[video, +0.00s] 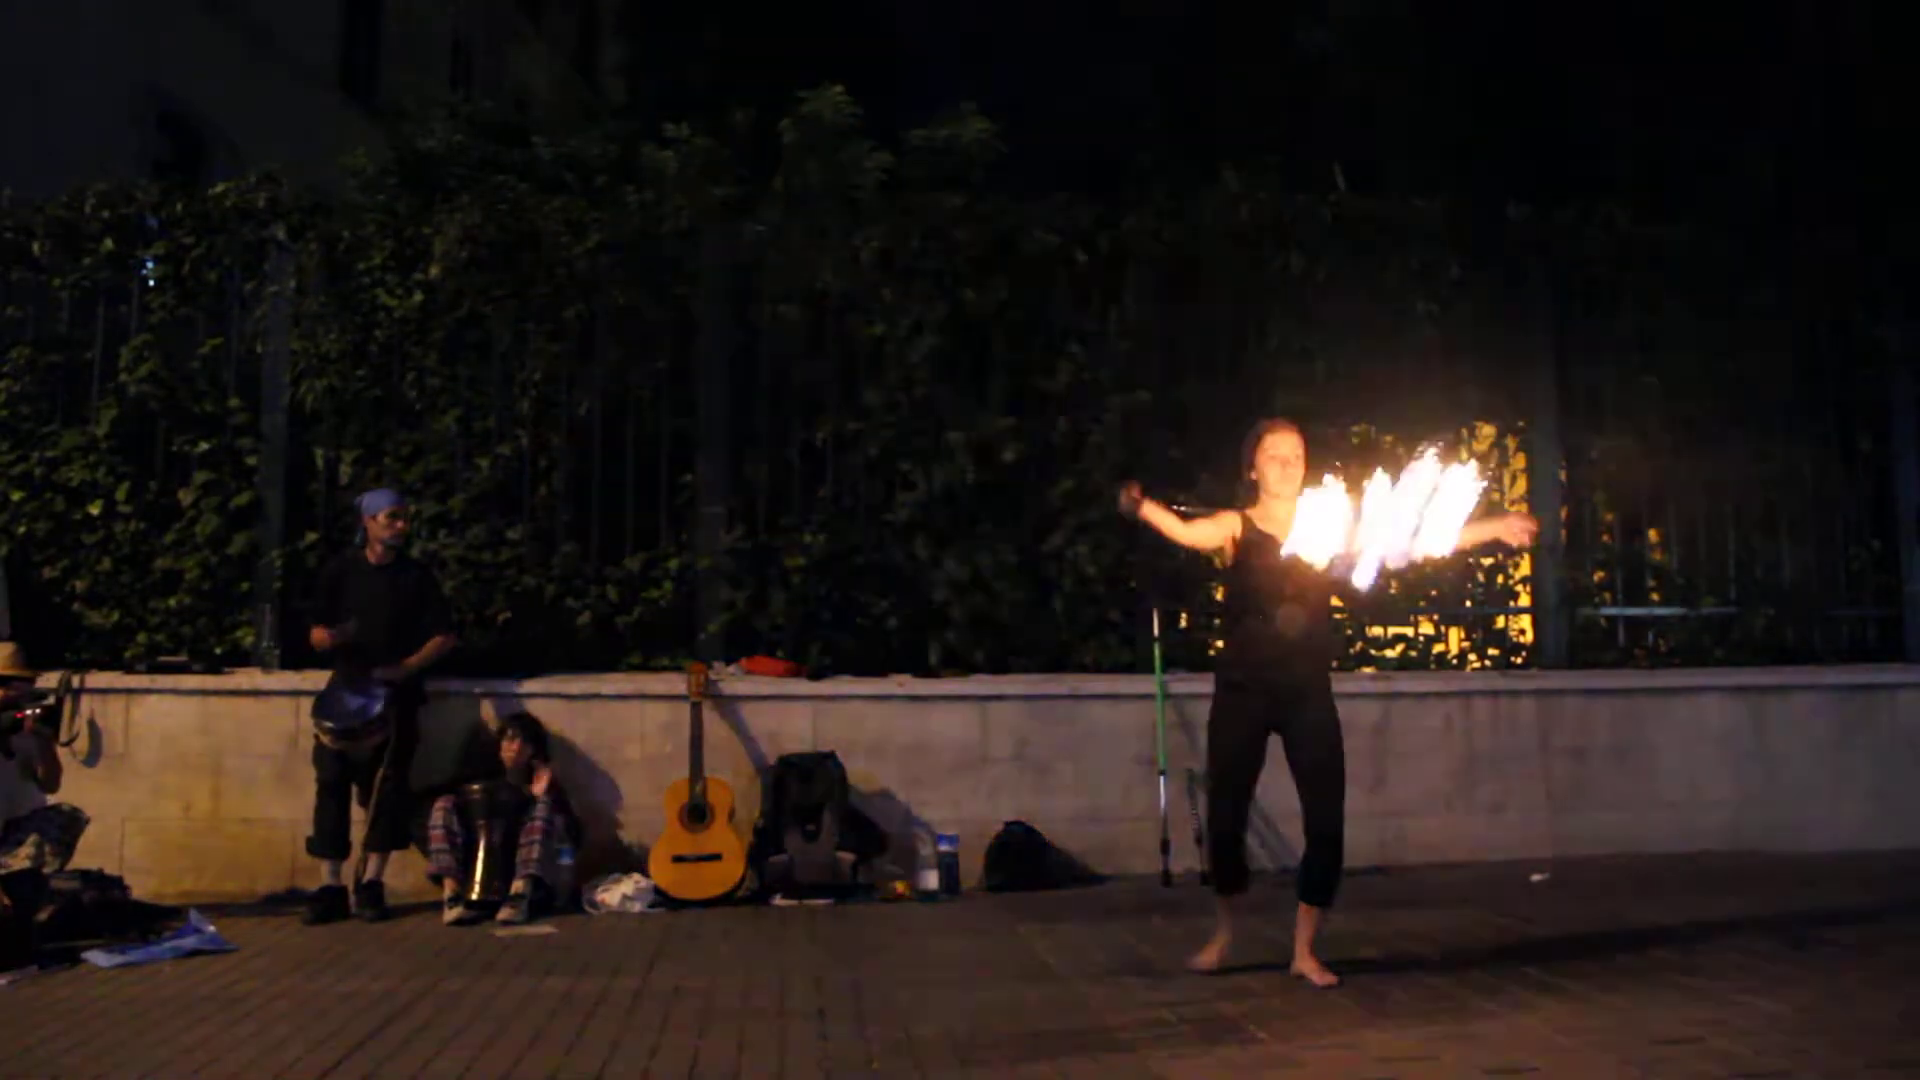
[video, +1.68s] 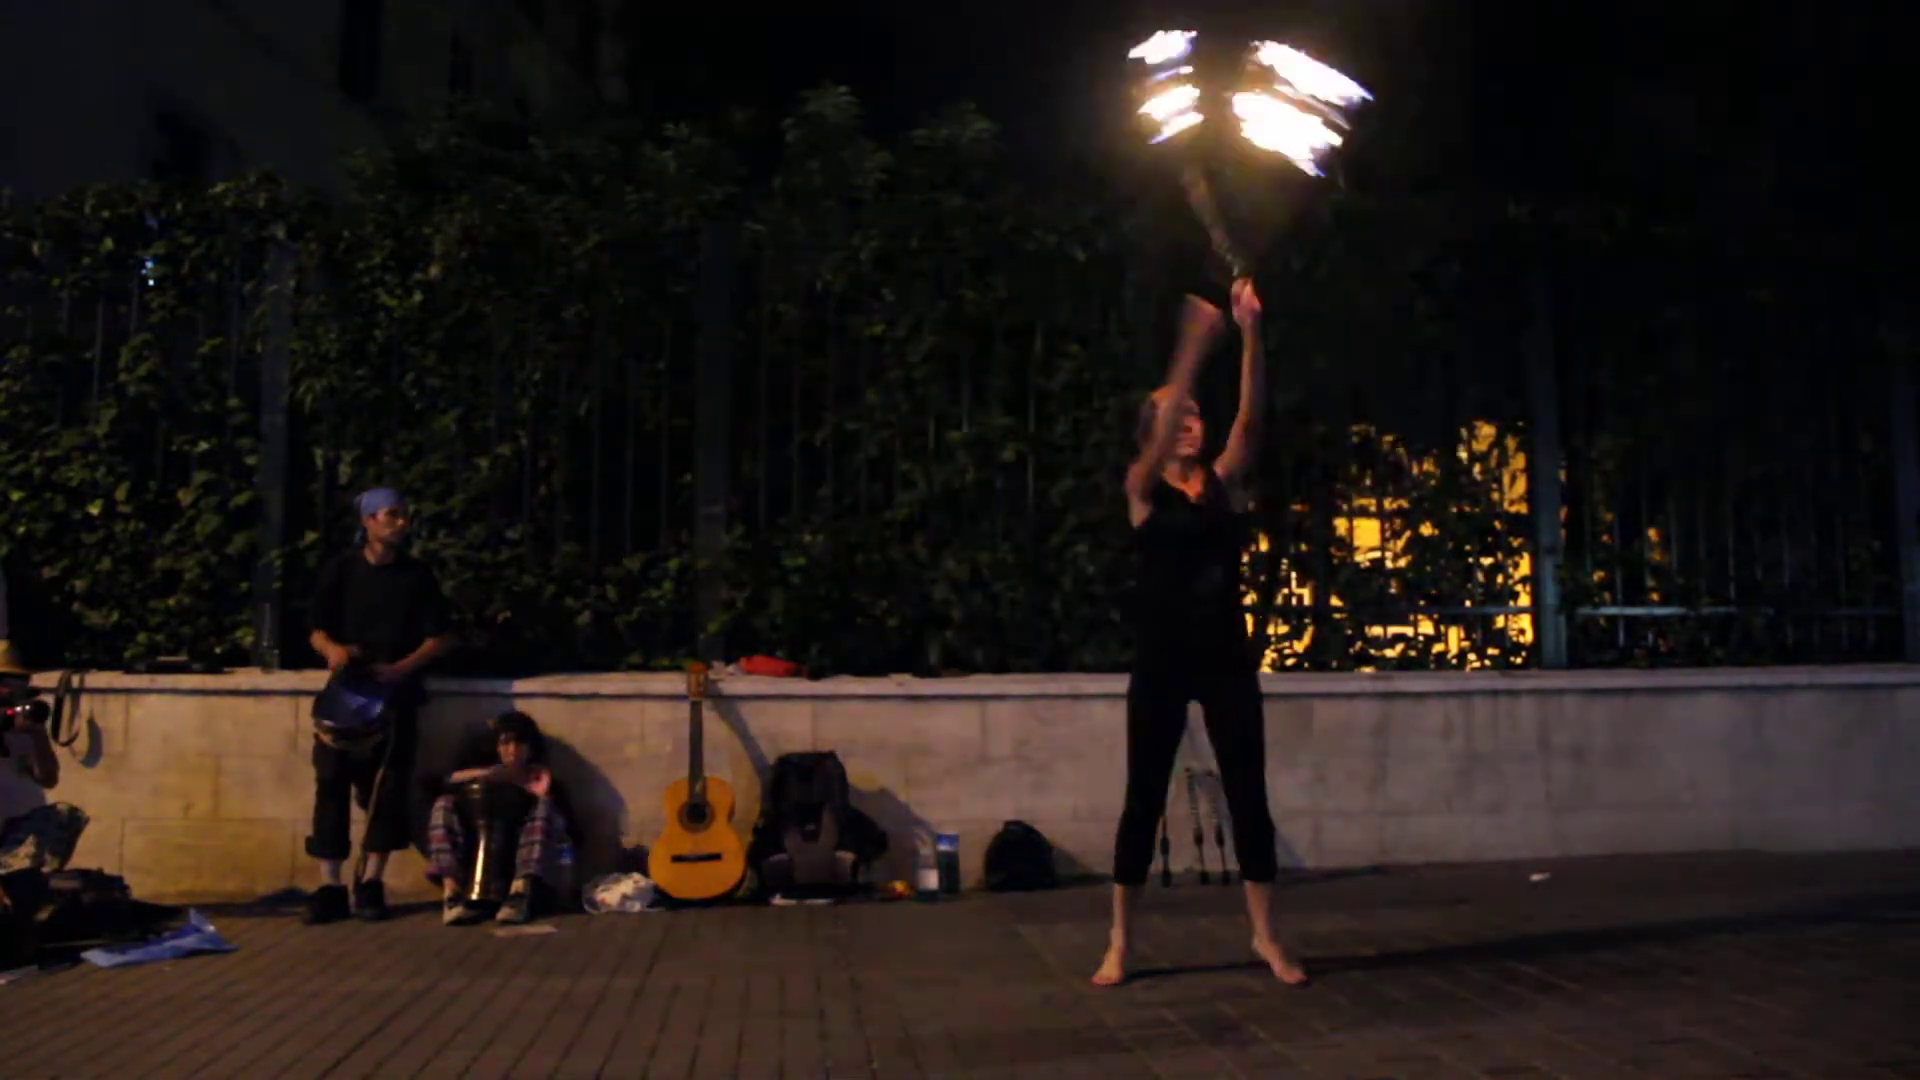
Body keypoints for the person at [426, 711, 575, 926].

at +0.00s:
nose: (513, 748)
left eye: (522, 741)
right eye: (509, 739)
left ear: (534, 751)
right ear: (500, 745)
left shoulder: (545, 788)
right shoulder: (488, 787)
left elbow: (569, 839)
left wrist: (542, 799)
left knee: (541, 811)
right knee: (444, 805)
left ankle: (520, 893)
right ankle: (451, 893)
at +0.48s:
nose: (518, 749)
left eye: (526, 743)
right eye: (512, 741)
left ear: (535, 750)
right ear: (500, 746)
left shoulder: (548, 790)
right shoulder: (481, 785)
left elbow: (564, 840)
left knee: (542, 806)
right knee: (444, 804)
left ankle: (521, 893)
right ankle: (451, 894)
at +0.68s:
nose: (512, 748)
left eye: (519, 741)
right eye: (507, 740)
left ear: (533, 748)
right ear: (500, 745)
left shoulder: (537, 780)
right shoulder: (484, 773)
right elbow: (451, 778)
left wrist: (541, 798)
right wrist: (488, 757)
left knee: (542, 807)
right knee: (445, 804)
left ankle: (521, 893)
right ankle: (451, 893)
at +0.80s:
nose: (515, 748)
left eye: (523, 741)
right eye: (508, 741)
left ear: (536, 749)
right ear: (495, 746)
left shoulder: (548, 789)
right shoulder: (478, 781)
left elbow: (573, 838)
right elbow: (434, 781)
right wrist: (471, 753)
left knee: (543, 807)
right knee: (445, 805)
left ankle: (520, 894)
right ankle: (451, 894)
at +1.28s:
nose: (518, 749)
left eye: (525, 742)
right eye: (511, 742)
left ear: (535, 749)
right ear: (497, 748)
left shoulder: (547, 790)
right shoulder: (482, 790)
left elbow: (566, 840)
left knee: (542, 807)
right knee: (444, 805)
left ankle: (521, 893)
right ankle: (451, 893)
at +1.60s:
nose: (514, 750)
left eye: (521, 743)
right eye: (507, 743)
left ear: (532, 749)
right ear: (498, 748)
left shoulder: (546, 788)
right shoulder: (484, 787)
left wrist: (541, 800)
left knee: (542, 809)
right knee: (442, 806)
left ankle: (520, 891)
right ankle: (451, 893)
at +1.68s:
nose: (513, 750)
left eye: (520, 743)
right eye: (506, 743)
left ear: (531, 748)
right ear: (498, 748)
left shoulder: (540, 778)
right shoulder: (485, 775)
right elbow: (452, 779)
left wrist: (543, 798)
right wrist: (493, 776)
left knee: (542, 808)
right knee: (444, 805)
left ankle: (520, 891)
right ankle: (451, 892)